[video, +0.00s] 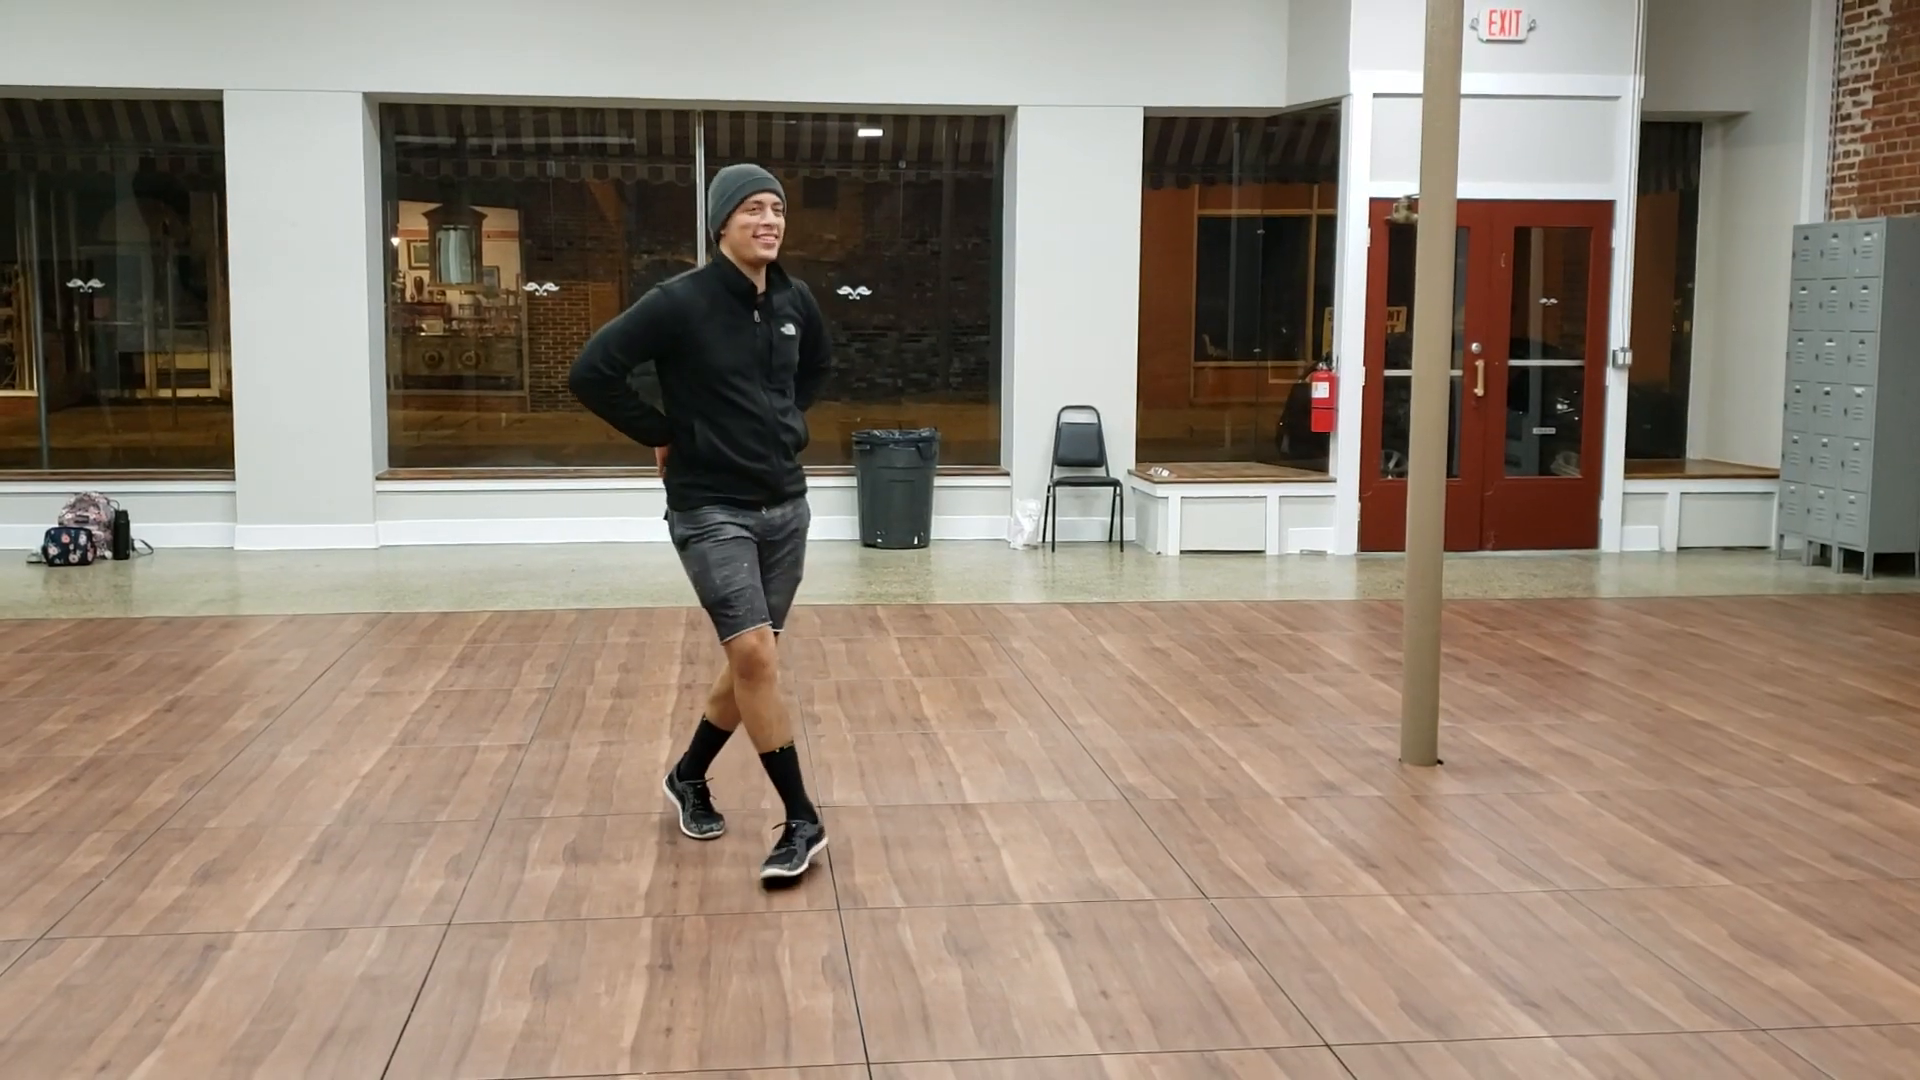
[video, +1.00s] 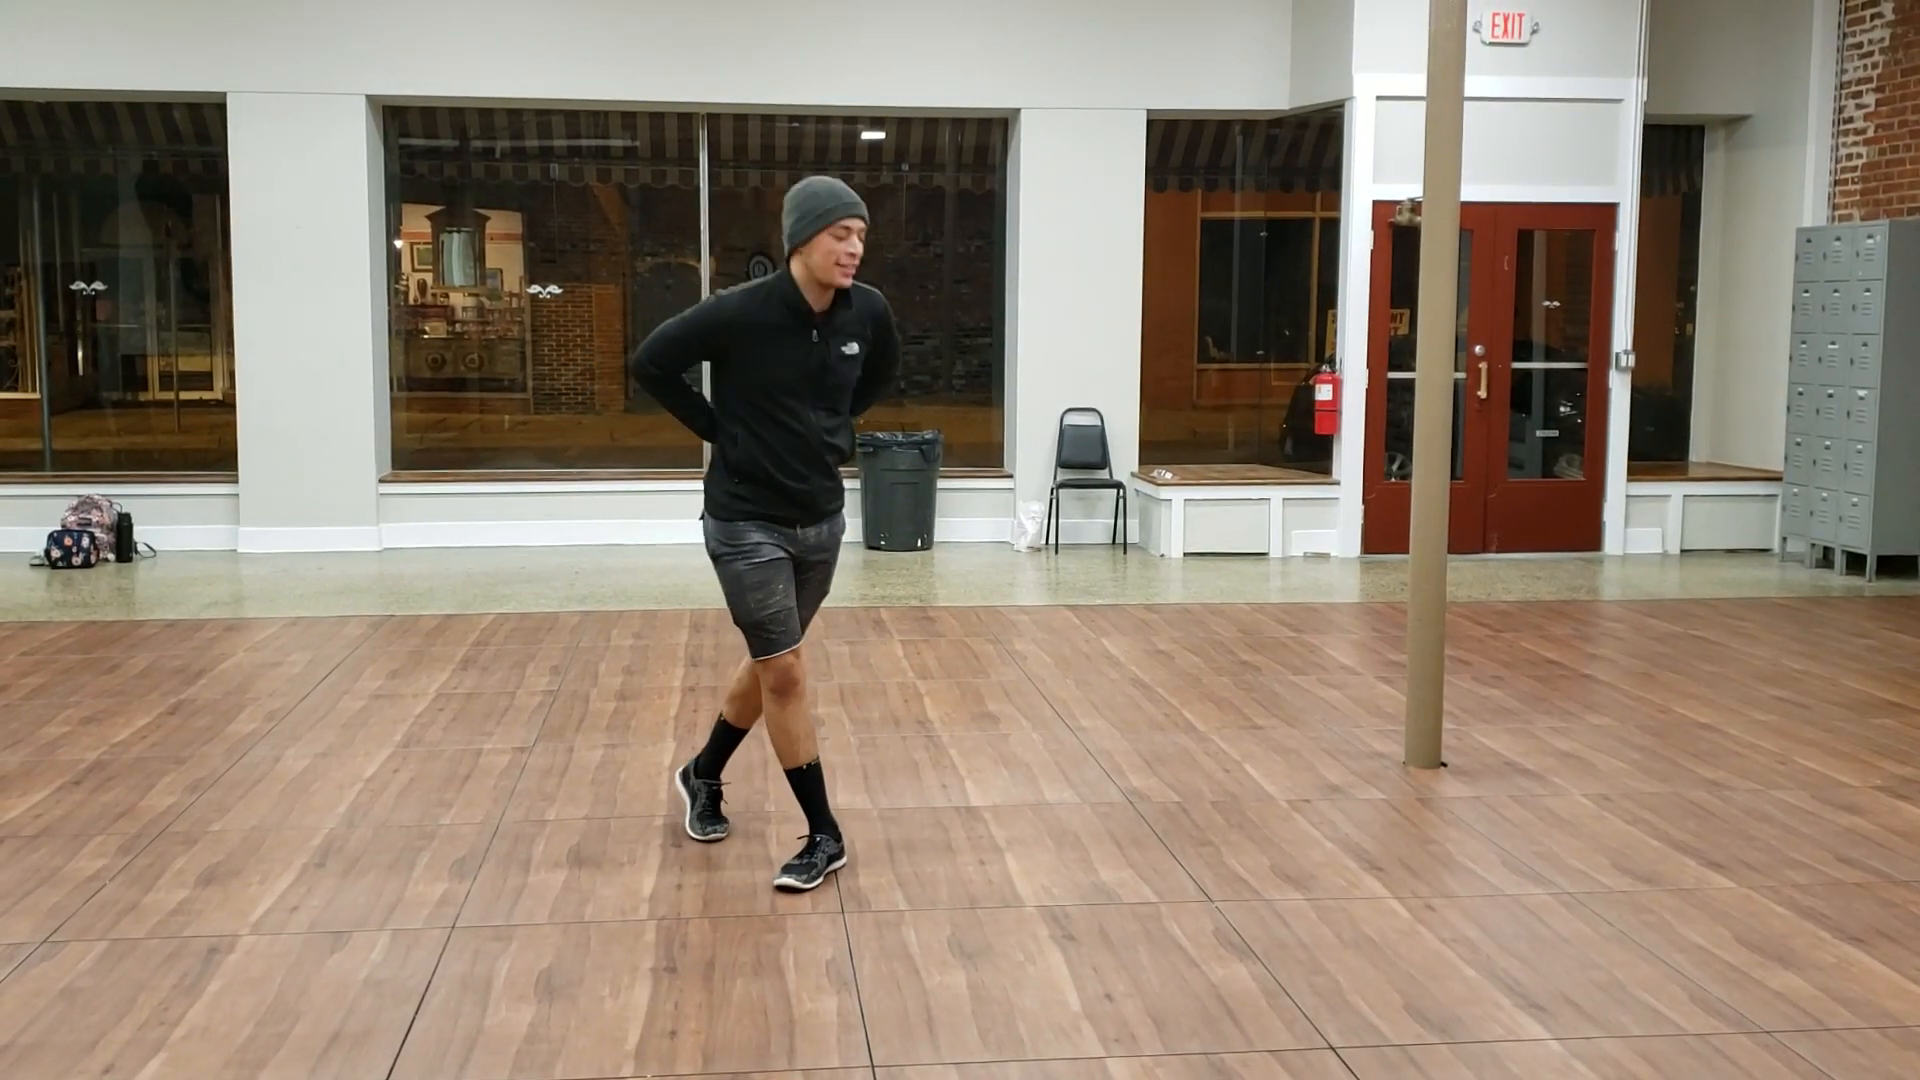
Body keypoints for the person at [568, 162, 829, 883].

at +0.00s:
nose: (769, 220)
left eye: (777, 210)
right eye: (754, 209)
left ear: (783, 226)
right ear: (719, 223)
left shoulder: (794, 302)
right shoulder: (679, 301)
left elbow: (818, 362)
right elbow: (590, 375)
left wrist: (786, 415)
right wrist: (660, 434)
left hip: (783, 504)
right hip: (707, 506)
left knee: (755, 659)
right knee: (753, 652)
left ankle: (688, 774)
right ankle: (801, 818)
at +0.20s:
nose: (760, 216)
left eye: (769, 206)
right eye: (744, 205)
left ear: (779, 224)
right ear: (713, 223)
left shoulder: (802, 302)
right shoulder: (674, 304)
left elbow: (841, 361)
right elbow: (586, 374)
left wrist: (801, 412)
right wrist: (667, 426)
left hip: (797, 512)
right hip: (718, 519)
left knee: (764, 665)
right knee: (770, 665)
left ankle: (695, 772)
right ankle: (819, 828)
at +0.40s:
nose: (757, 210)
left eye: (767, 201)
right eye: (742, 202)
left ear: (783, 221)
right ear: (718, 223)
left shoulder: (821, 300)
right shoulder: (683, 306)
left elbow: (871, 366)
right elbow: (603, 379)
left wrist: (825, 423)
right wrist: (684, 431)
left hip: (811, 513)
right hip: (729, 516)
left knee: (784, 674)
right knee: (776, 671)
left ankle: (714, 769)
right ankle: (823, 833)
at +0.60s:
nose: (775, 210)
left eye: (784, 200)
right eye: (760, 201)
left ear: (799, 219)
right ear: (734, 222)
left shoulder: (837, 296)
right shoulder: (696, 305)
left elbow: (884, 373)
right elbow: (612, 374)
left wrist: (832, 424)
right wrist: (693, 432)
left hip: (822, 514)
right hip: (739, 516)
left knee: (785, 674)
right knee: (784, 672)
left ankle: (719, 771)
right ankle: (824, 833)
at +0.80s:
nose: (811, 218)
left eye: (819, 209)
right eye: (795, 207)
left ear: (826, 225)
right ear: (760, 221)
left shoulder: (852, 298)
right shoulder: (713, 305)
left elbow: (888, 369)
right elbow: (628, 370)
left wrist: (836, 420)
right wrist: (706, 428)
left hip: (827, 517)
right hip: (745, 519)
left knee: (783, 666)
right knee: (785, 672)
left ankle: (720, 772)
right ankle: (824, 834)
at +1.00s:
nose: (853, 249)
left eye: (860, 239)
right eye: (840, 235)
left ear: (860, 248)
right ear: (800, 237)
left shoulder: (866, 311)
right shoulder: (740, 311)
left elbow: (881, 374)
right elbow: (651, 365)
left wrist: (837, 422)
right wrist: (719, 429)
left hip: (821, 522)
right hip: (744, 522)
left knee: (772, 664)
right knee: (785, 675)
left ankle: (703, 773)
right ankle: (824, 834)